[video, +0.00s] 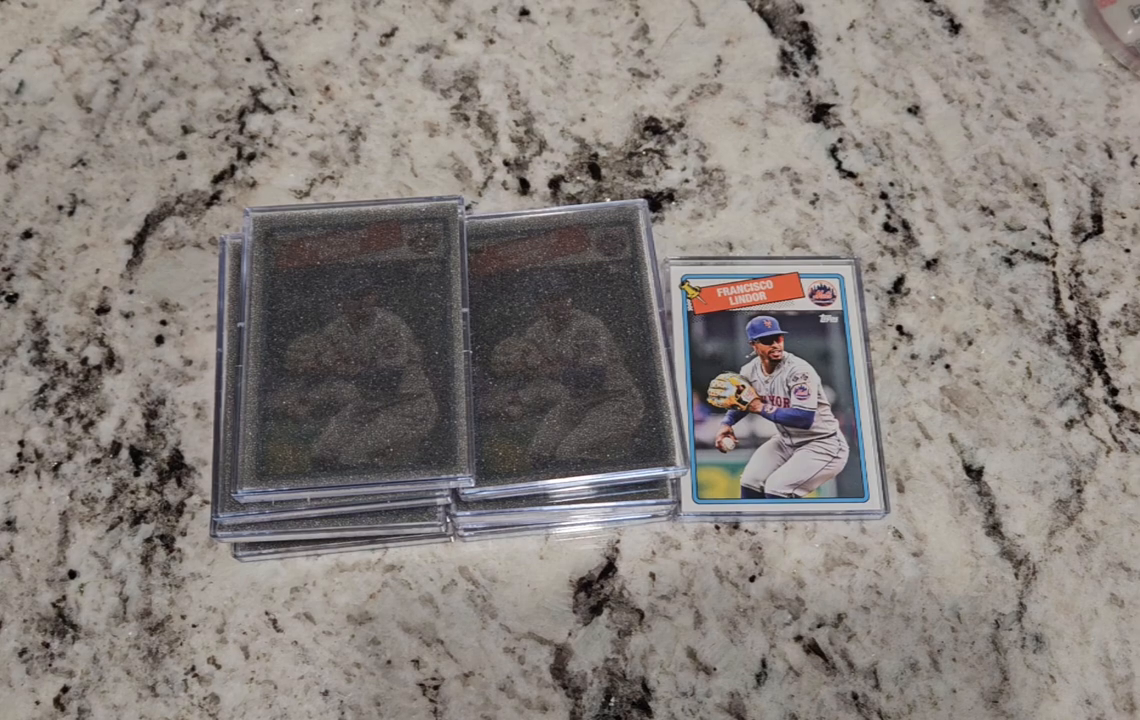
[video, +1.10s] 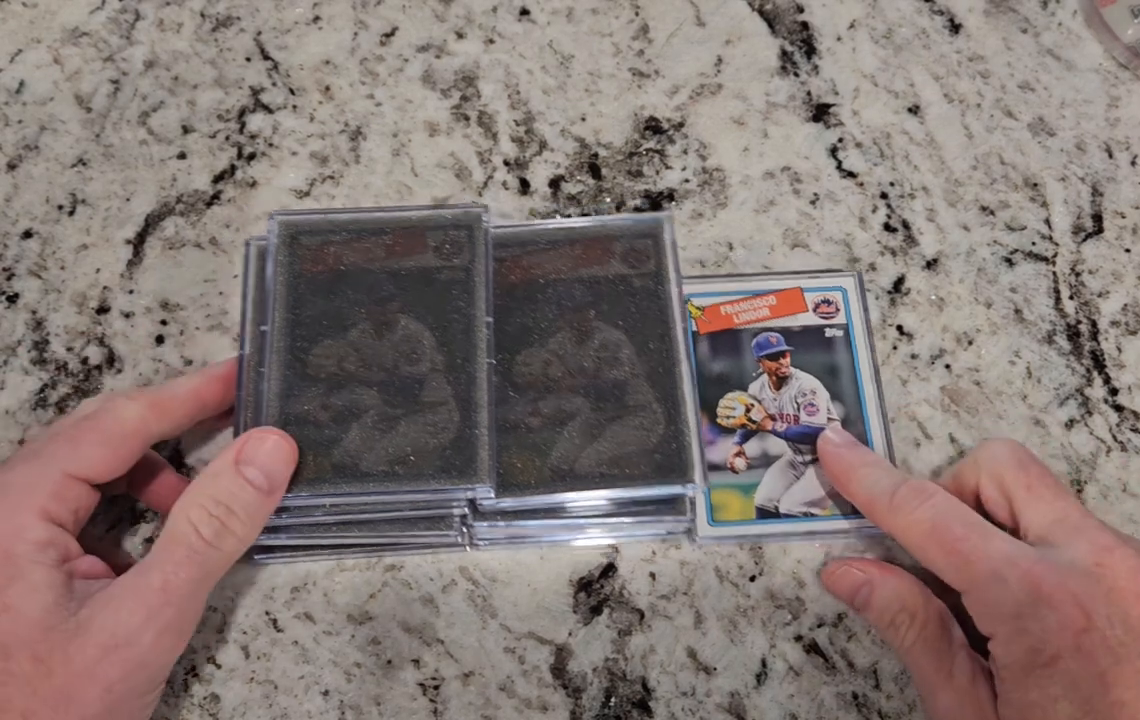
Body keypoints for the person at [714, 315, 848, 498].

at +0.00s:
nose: (775, 345)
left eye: (778, 339)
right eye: (767, 341)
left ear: (783, 339)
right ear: (754, 346)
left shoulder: (800, 371)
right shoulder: (748, 372)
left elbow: (803, 419)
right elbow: (742, 403)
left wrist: (760, 407)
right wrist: (726, 425)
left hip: (824, 445)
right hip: (786, 443)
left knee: (776, 488)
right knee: (750, 482)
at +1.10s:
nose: (782, 362)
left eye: (784, 355)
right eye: (774, 358)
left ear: (789, 355)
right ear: (761, 363)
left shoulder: (808, 386)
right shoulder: (757, 389)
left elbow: (814, 433)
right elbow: (753, 421)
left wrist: (771, 425)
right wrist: (737, 445)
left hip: (826, 462)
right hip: (795, 460)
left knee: (791, 507)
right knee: (764, 503)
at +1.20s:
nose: (801, 377)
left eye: (803, 370)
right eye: (793, 373)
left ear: (809, 370)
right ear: (780, 379)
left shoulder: (826, 402)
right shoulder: (775, 404)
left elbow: (834, 450)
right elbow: (771, 437)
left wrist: (789, 441)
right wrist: (755, 461)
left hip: (845, 479)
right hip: (814, 476)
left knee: (809, 524)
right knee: (782, 519)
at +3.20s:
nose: (798, 385)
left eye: (800, 378)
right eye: (789, 381)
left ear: (804, 377)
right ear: (776, 386)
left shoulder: (823, 410)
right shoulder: (772, 413)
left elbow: (830, 460)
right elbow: (768, 446)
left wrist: (786, 449)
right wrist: (752, 469)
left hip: (853, 485)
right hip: (815, 485)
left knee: (807, 532)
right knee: (780, 529)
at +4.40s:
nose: (798, 385)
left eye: (800, 378)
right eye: (789, 381)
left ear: (805, 377)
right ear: (776, 386)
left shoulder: (823, 410)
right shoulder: (772, 413)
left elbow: (830, 460)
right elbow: (768, 446)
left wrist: (786, 449)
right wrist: (752, 469)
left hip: (853, 485)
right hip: (814, 485)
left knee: (807, 532)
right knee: (781, 529)